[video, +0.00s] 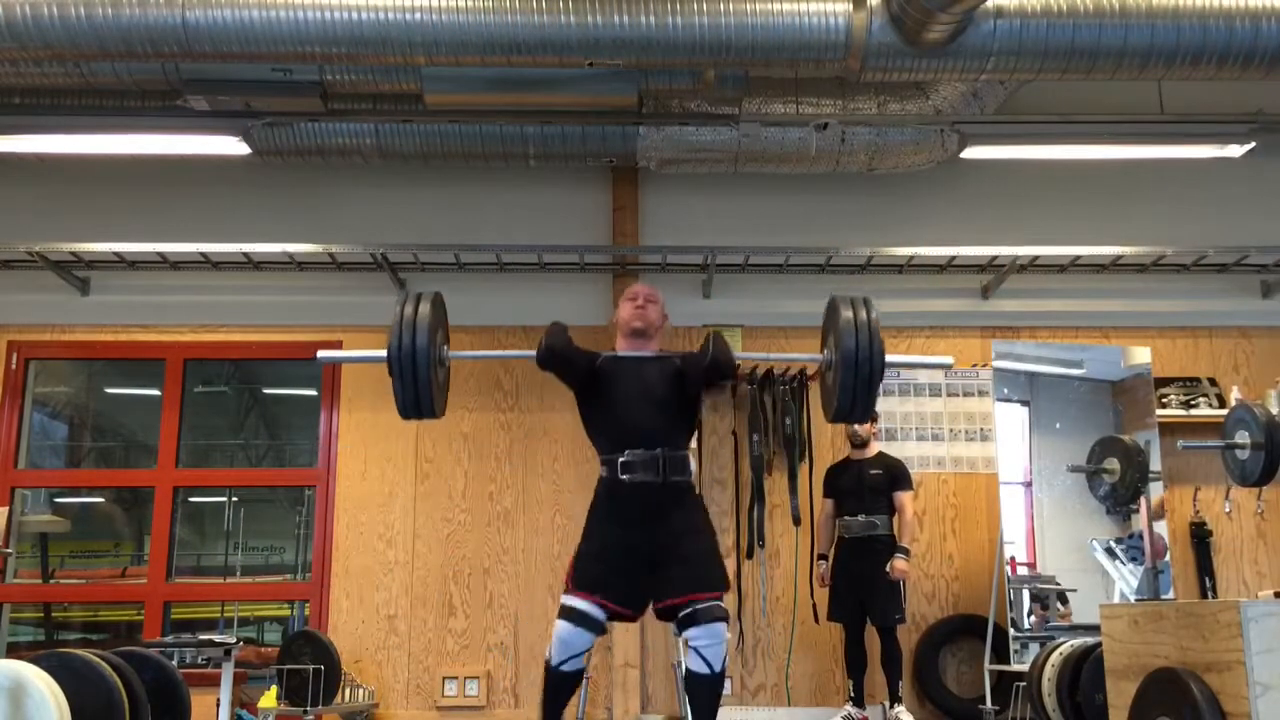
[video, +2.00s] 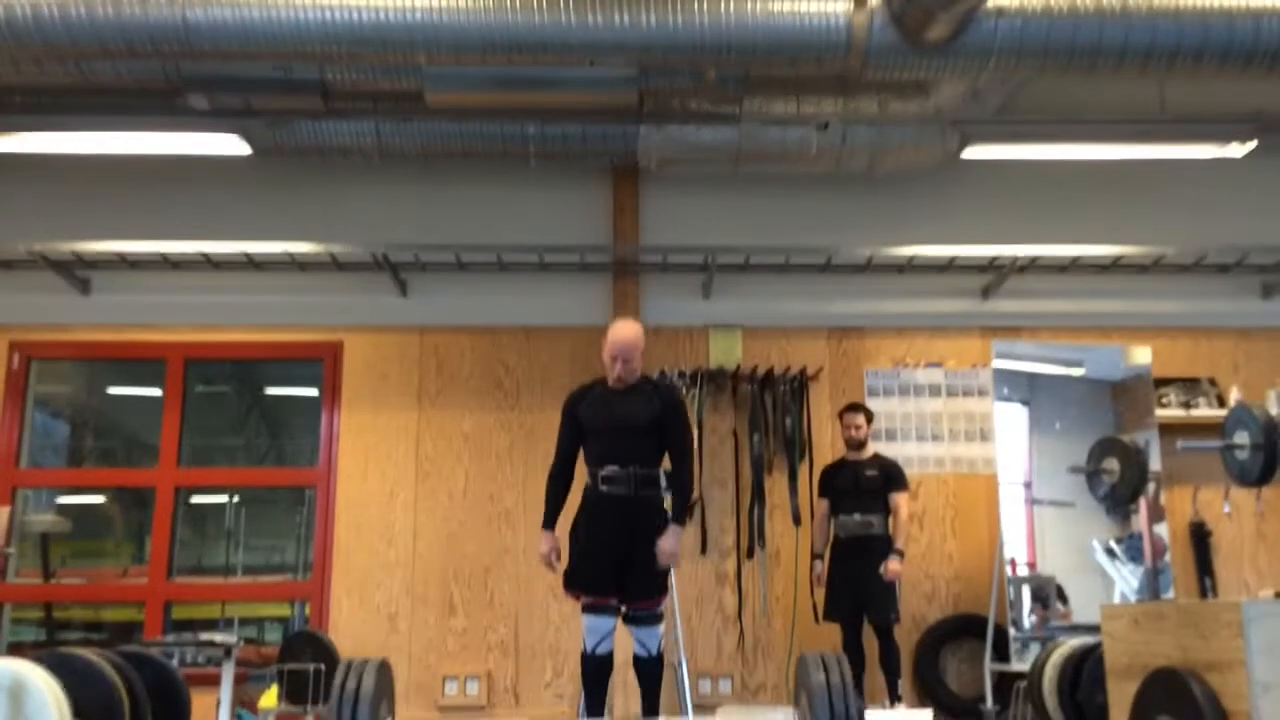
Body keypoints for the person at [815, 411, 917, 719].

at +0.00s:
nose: (855, 428)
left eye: (862, 423)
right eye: (850, 423)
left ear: (875, 427)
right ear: (844, 429)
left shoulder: (893, 468)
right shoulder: (835, 471)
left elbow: (906, 512)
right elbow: (826, 516)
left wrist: (902, 553)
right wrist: (822, 557)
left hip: (882, 557)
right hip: (847, 558)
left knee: (887, 631)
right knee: (852, 632)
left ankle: (896, 704)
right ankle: (856, 705)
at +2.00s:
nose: (853, 433)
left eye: (858, 427)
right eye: (847, 427)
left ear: (869, 429)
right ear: (840, 430)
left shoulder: (888, 468)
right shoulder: (830, 473)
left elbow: (901, 512)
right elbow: (821, 517)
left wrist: (897, 553)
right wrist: (818, 557)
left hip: (878, 555)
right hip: (843, 556)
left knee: (884, 630)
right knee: (850, 632)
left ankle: (894, 698)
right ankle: (856, 698)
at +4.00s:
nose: (851, 434)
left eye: (856, 428)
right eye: (845, 429)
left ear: (868, 427)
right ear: (839, 430)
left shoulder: (889, 460)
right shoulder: (831, 468)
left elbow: (921, 496)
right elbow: (820, 508)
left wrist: (901, 526)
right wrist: (823, 534)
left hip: (879, 555)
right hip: (844, 557)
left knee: (885, 631)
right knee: (851, 632)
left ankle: (896, 704)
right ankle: (858, 706)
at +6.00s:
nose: (856, 433)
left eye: (862, 427)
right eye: (851, 428)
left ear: (873, 427)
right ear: (845, 429)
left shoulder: (894, 465)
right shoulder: (837, 468)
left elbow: (907, 509)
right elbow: (827, 514)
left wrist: (904, 550)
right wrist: (820, 554)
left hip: (882, 559)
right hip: (847, 559)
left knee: (887, 632)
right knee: (853, 633)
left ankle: (896, 704)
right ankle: (858, 705)